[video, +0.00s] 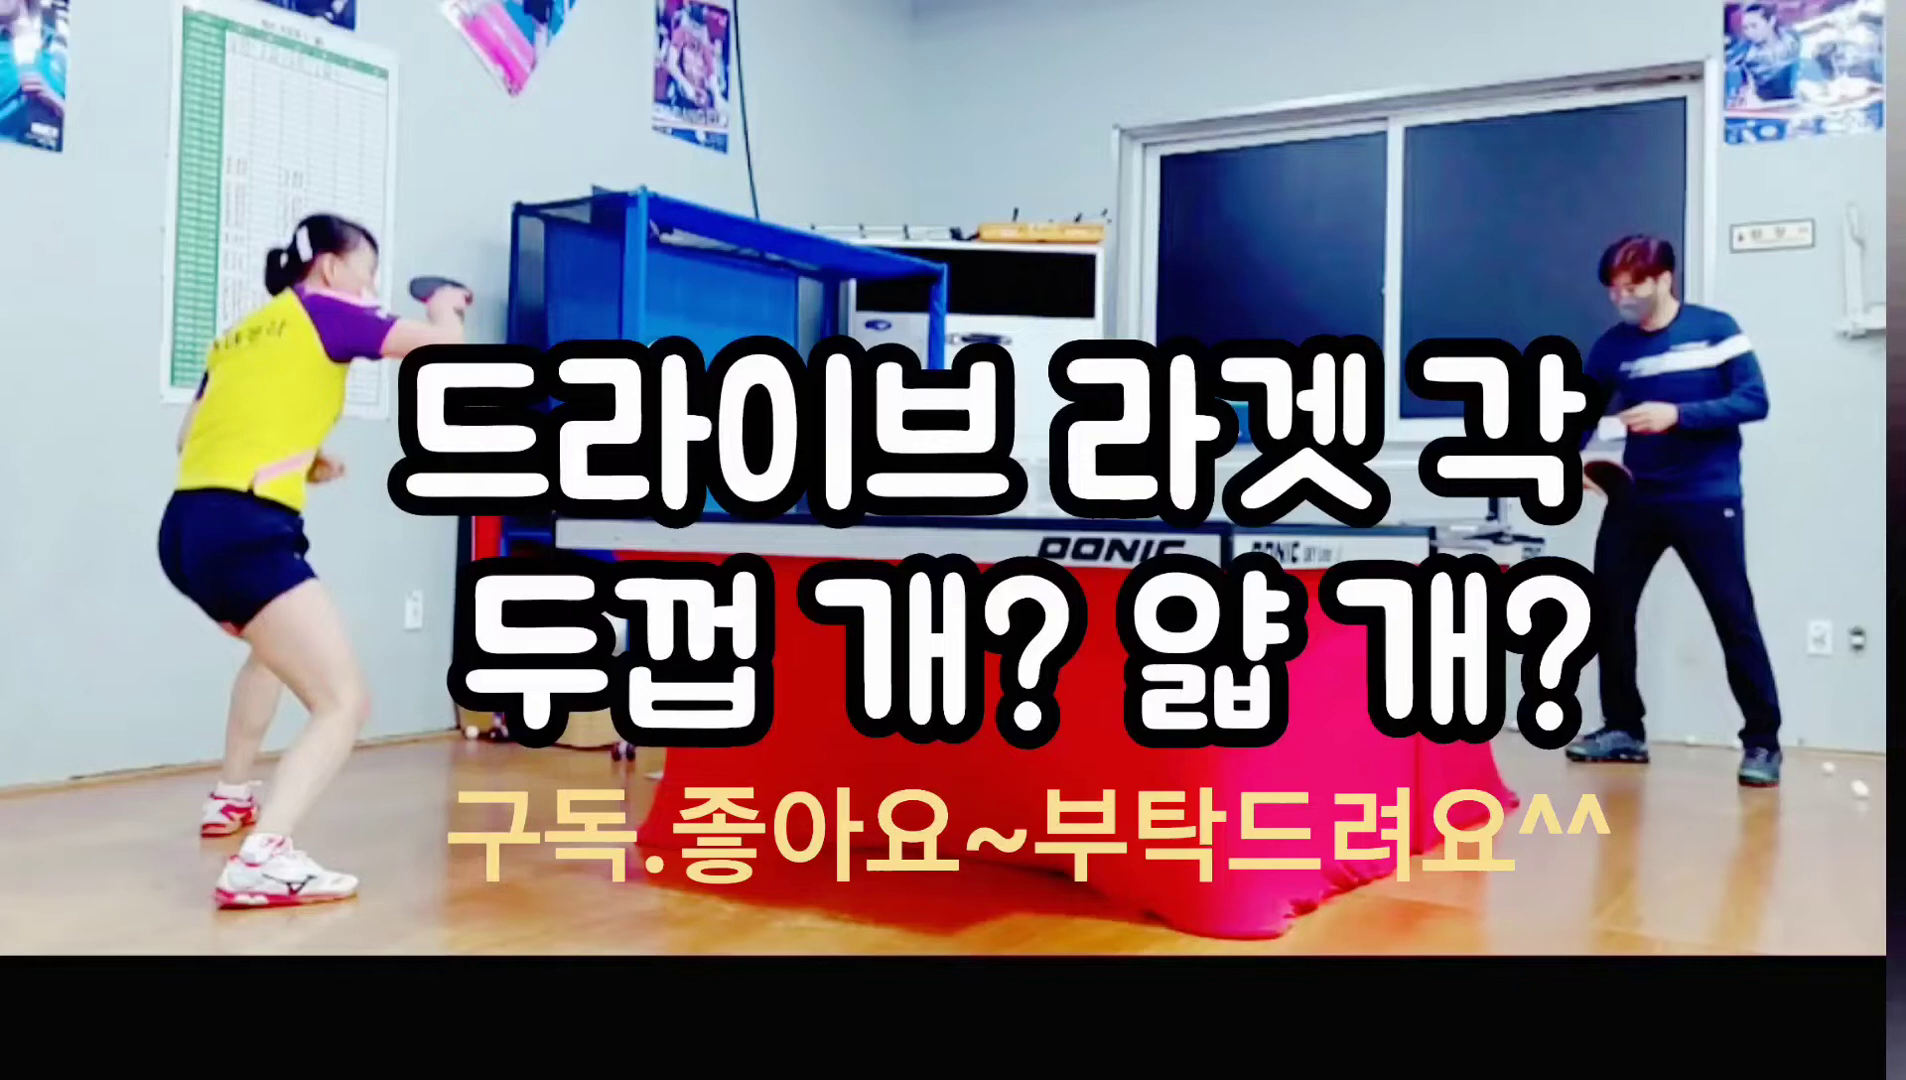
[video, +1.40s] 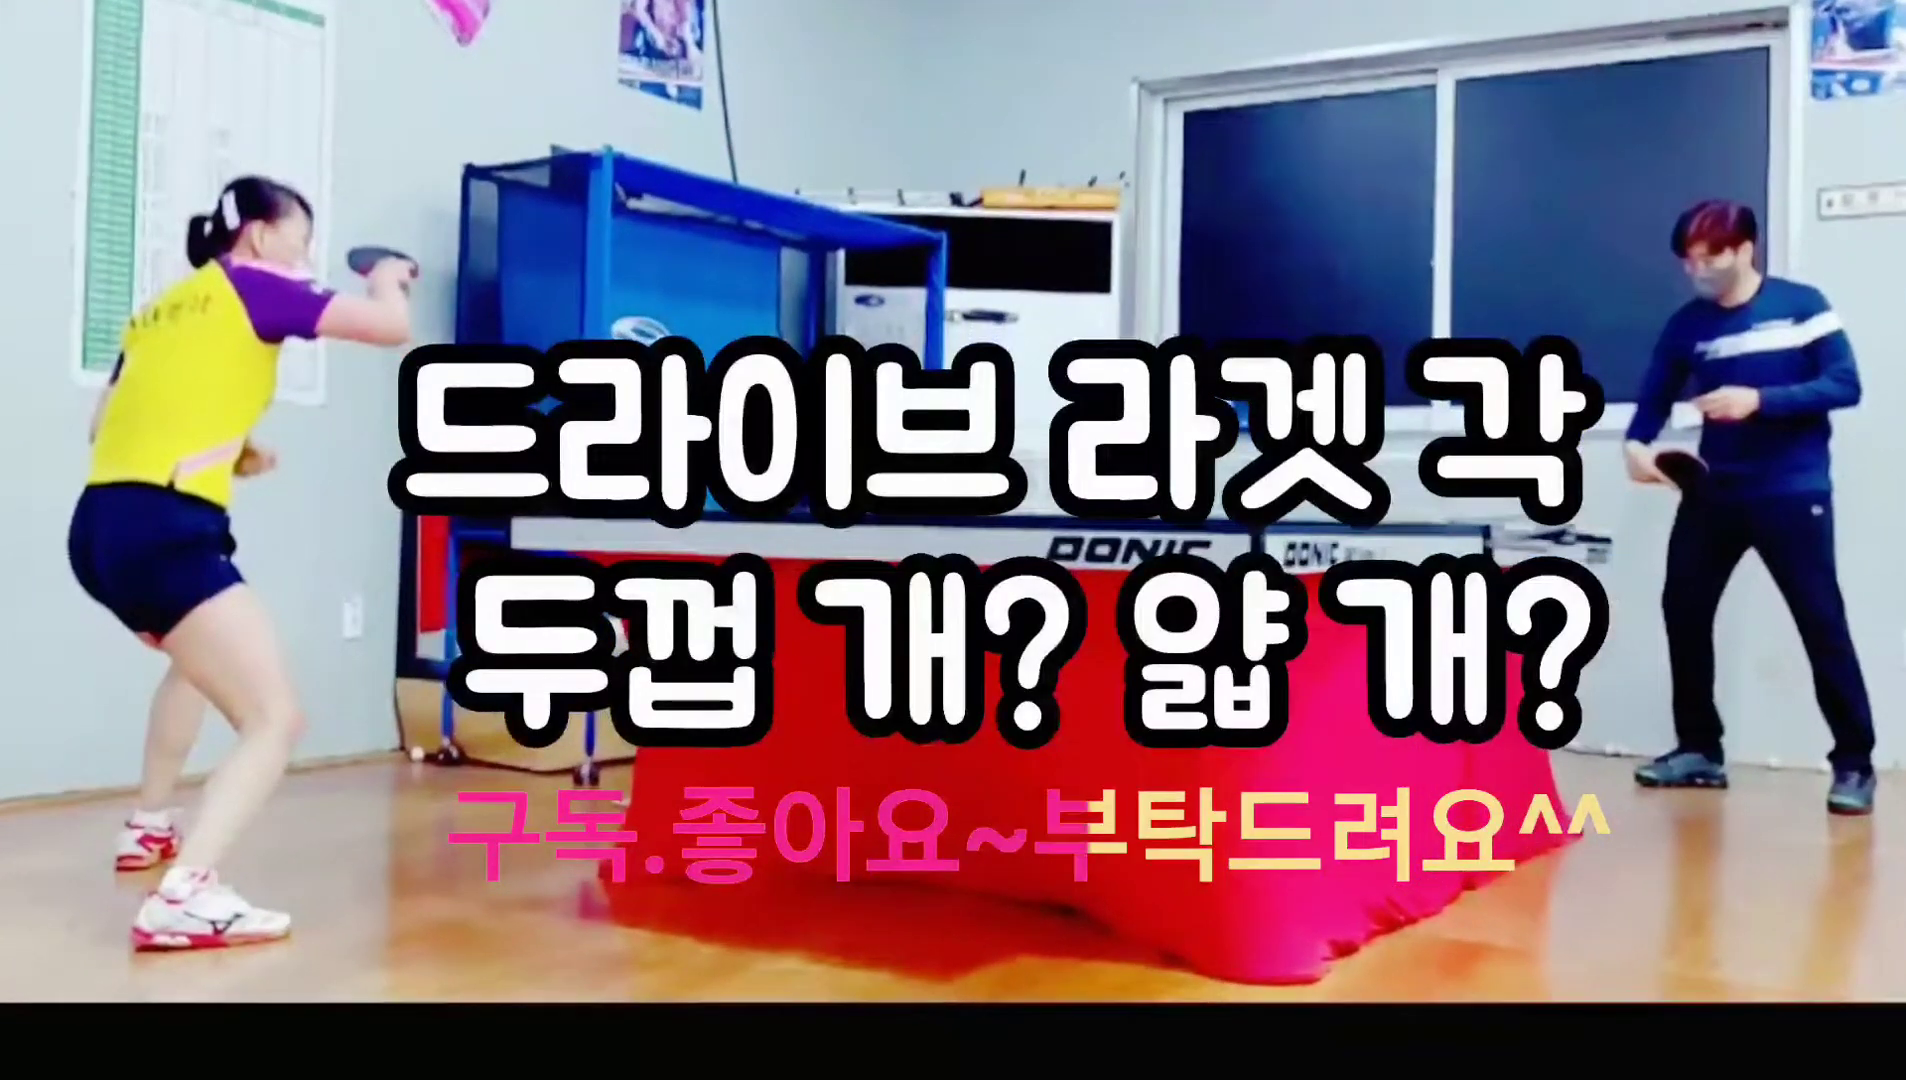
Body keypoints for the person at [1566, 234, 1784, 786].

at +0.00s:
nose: (1619, 297)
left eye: (1630, 286)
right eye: (1613, 288)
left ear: (1663, 280)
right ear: (1608, 290)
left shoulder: (1716, 329)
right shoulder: (1610, 348)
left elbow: (1754, 401)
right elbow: (1579, 421)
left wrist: (1676, 414)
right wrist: (1580, 462)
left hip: (1706, 504)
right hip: (1634, 504)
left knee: (1735, 621)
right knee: (1609, 611)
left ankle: (1761, 744)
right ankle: (1624, 730)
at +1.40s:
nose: (1694, 268)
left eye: (1706, 255)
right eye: (1688, 257)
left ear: (1743, 250)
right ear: (1684, 259)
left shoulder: (1802, 305)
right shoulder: (1688, 324)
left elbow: (1844, 385)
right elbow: (1654, 399)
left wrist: (1758, 400)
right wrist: (1635, 446)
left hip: (1792, 500)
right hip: (1712, 500)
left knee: (1823, 629)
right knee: (1684, 611)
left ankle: (1853, 766)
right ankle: (1699, 750)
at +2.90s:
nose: (1773, 240)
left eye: (1787, 226)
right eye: (1765, 228)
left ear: (1827, 221)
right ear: (1759, 231)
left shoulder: (1893, 283)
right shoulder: (1764, 304)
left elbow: (1905, 373)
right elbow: (1729, 384)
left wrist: (1844, 383)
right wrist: (1708, 435)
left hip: (1880, 496)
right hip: (1793, 495)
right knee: (1761, 615)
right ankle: (1778, 772)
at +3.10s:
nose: (1738, 388)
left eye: (1748, 376)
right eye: (1730, 381)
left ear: (1780, 378)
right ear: (1725, 388)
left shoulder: (1825, 433)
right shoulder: (1729, 449)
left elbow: (1857, 510)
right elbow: (1722, 532)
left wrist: (1782, 544)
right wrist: (1689, 560)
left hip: (1821, 618)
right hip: (1750, 619)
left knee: (1843, 742)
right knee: (1736, 733)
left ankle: (1863, 864)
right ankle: (1729, 848)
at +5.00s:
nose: (1736, 389)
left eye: (1746, 378)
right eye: (1727, 383)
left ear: (1775, 380)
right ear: (1721, 392)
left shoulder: (1824, 434)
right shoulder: (1726, 455)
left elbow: (1859, 509)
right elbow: (1716, 533)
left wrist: (1776, 531)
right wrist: (1685, 552)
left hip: (1818, 616)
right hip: (1748, 617)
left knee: (1839, 736)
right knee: (1728, 725)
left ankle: (1863, 863)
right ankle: (1728, 847)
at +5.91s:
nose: (1743, 393)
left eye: (1755, 382)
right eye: (1735, 386)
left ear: (1785, 382)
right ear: (1728, 393)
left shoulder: (1836, 438)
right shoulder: (1729, 456)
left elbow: (1872, 513)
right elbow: (1713, 529)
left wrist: (1793, 535)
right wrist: (1683, 549)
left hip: (1822, 618)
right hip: (1750, 618)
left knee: (1843, 737)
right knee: (1726, 724)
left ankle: (1863, 863)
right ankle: (1727, 847)